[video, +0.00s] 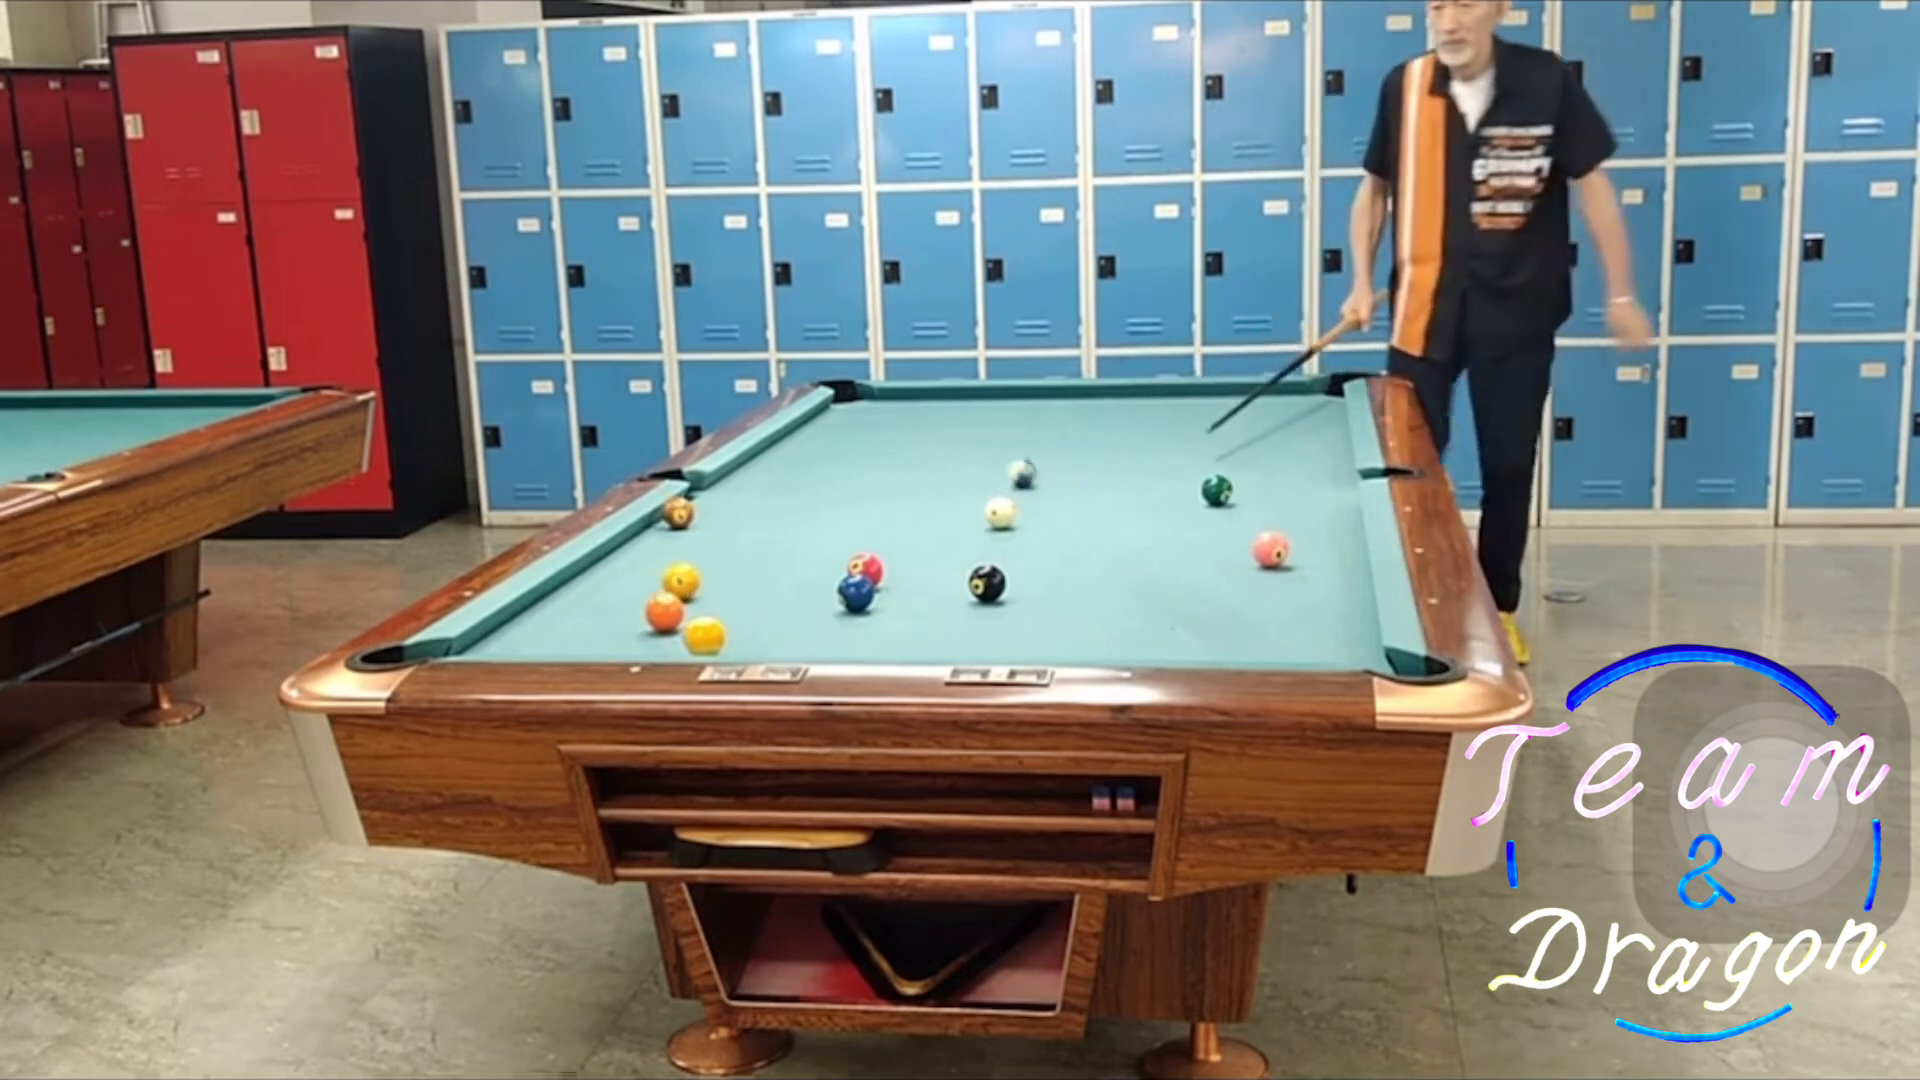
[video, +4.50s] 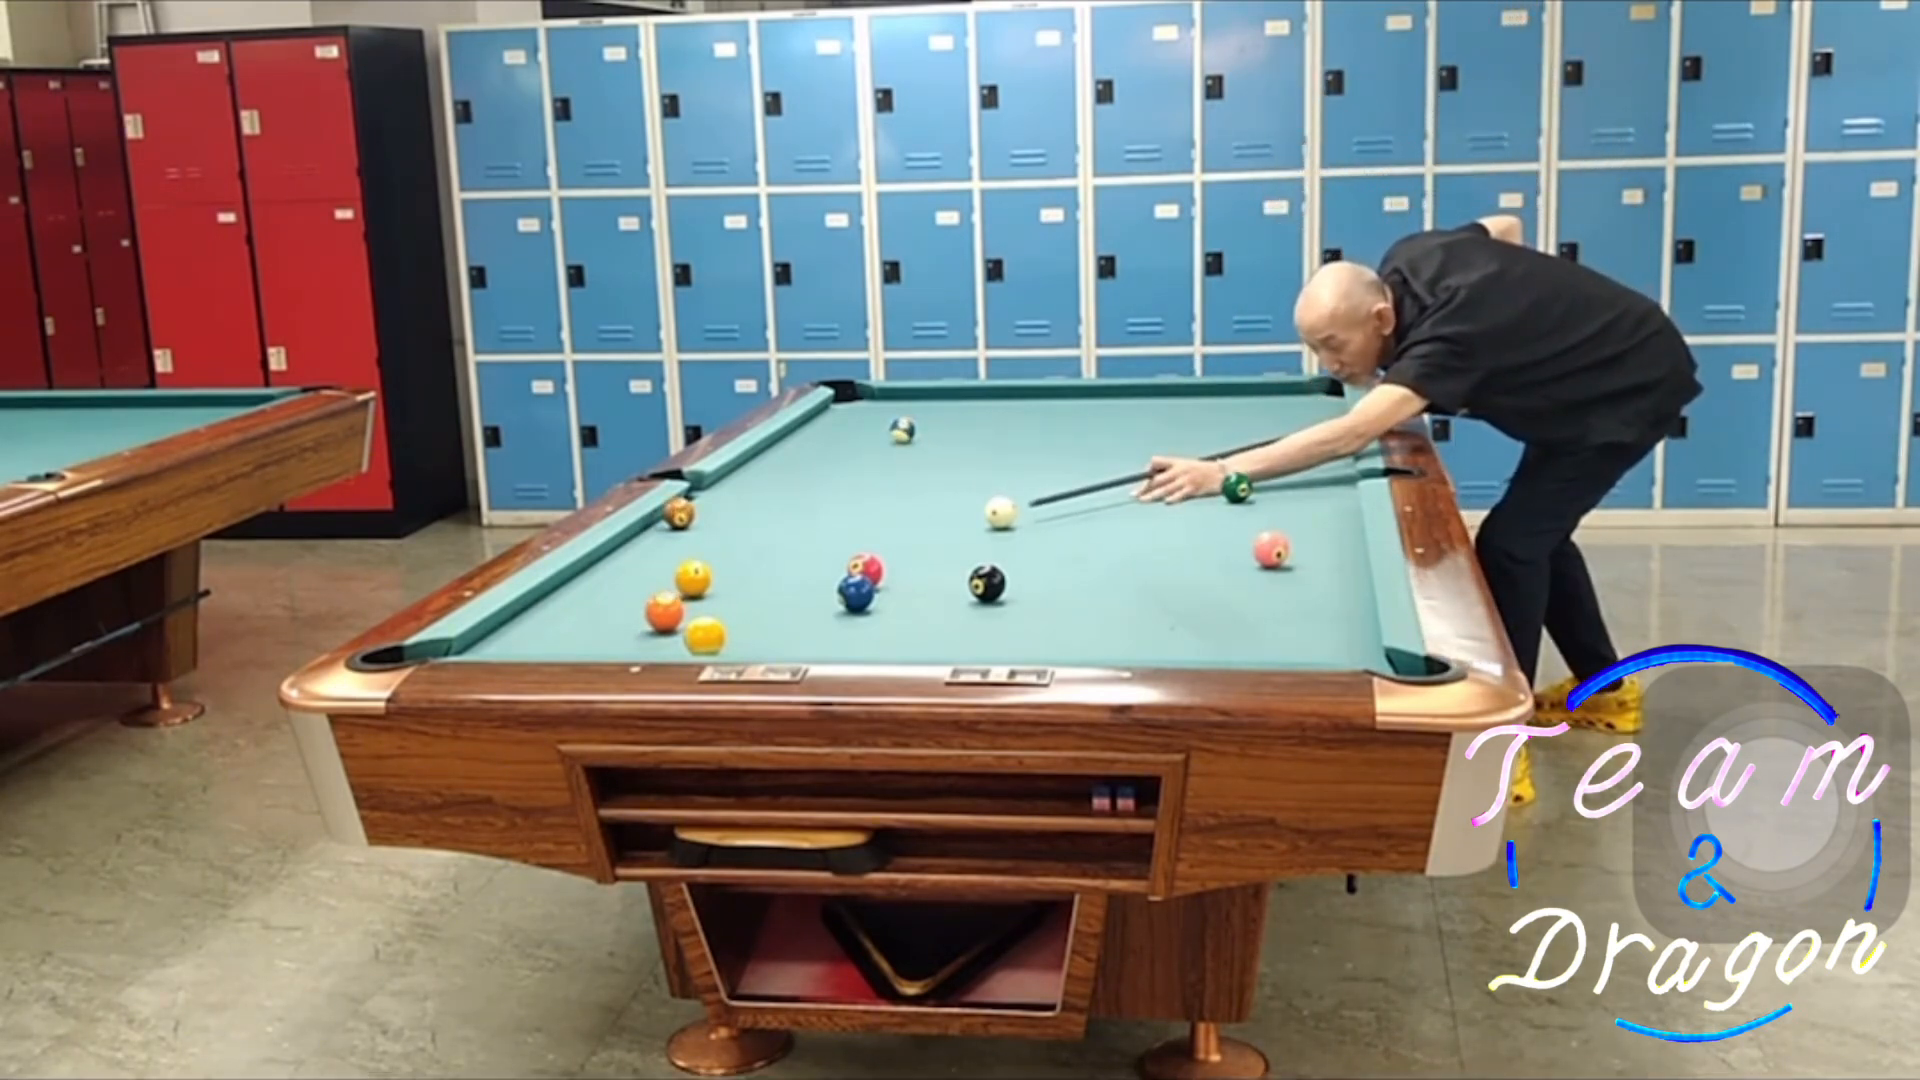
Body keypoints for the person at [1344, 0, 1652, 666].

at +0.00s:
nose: (1447, 21)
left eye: (1465, 7)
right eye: (1437, 8)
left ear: (1500, 13)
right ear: (1427, 16)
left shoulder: (1549, 82)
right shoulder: (1406, 86)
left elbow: (1595, 190)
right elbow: (1374, 191)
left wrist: (1621, 296)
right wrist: (1362, 283)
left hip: (1516, 314)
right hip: (1426, 309)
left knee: (1509, 470)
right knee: (1410, 464)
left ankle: (1495, 613)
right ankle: (1399, 608)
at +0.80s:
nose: (1429, 25)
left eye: (1446, 9)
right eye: (1418, 12)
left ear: (1489, 10)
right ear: (1411, 18)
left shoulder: (1551, 81)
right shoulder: (1407, 93)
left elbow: (1575, 213)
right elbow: (1392, 197)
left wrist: (1526, 322)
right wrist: (1379, 279)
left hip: (1532, 331)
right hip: (1444, 333)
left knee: (1513, 494)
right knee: (1466, 508)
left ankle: (1556, 667)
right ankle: (1501, 668)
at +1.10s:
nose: (1374, 61)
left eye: (1388, 41)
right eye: (1364, 48)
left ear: (1439, 32)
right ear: (1361, 56)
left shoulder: (1501, 102)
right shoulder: (1412, 114)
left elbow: (1508, 247)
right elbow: (1435, 247)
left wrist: (1414, 355)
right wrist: (1413, 343)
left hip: (1514, 334)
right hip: (1457, 331)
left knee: (1480, 502)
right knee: (1449, 497)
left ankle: (1506, 655)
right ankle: (1473, 648)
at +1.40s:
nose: (1318, 114)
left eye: (1327, 91)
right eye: (1309, 98)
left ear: (1378, 72)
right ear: (1362, 81)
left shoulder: (1443, 129)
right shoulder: (1390, 129)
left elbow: (1410, 280)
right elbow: (1433, 224)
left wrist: (1336, 398)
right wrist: (1434, 297)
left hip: (1535, 336)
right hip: (1486, 333)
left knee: (1486, 505)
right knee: (1485, 503)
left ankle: (1526, 670)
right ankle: (1519, 662)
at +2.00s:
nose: (1301, 216)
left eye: (1307, 197)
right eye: (1293, 202)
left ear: (1357, 171)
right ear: (1354, 170)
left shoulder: (1425, 206)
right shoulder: (1395, 171)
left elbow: (1351, 356)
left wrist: (1253, 452)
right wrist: (1451, 318)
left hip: (1563, 355)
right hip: (1519, 353)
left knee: (1502, 536)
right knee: (1492, 525)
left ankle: (1521, 689)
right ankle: (1527, 668)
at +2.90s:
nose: (1318, 332)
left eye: (1326, 315)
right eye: (1310, 318)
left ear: (1379, 292)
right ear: (1371, 280)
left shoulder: (1440, 324)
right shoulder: (1417, 240)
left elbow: (1343, 413)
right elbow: (1506, 209)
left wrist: (1218, 469)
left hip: (1634, 373)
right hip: (1624, 346)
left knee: (1510, 540)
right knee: (1546, 530)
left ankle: (1510, 708)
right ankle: (1606, 690)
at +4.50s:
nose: (1324, 362)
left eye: (1331, 346)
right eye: (1317, 348)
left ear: (1380, 318)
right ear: (1370, 303)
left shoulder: (1443, 341)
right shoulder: (1411, 257)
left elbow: (1348, 433)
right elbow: (1504, 230)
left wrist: (1221, 472)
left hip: (1633, 378)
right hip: (1614, 353)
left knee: (1508, 544)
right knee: (1539, 536)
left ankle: (1510, 707)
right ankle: (1607, 693)